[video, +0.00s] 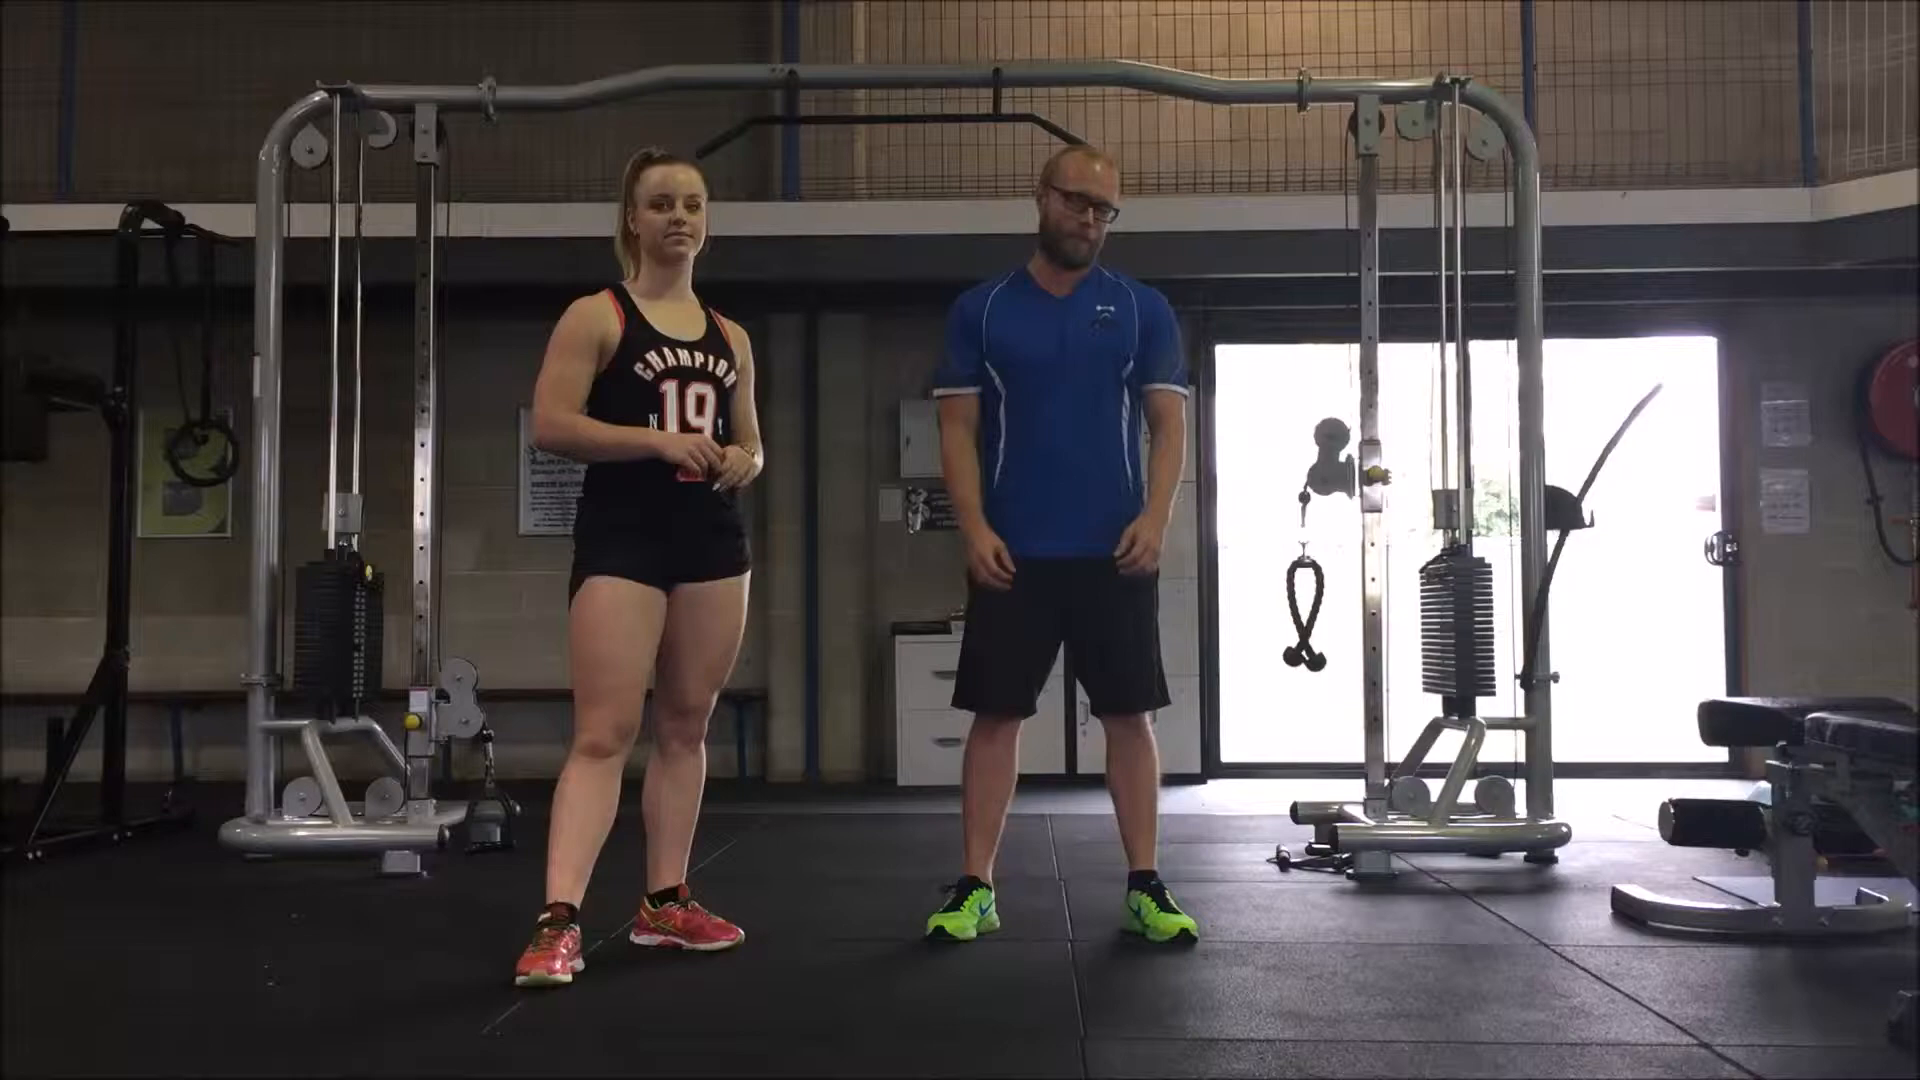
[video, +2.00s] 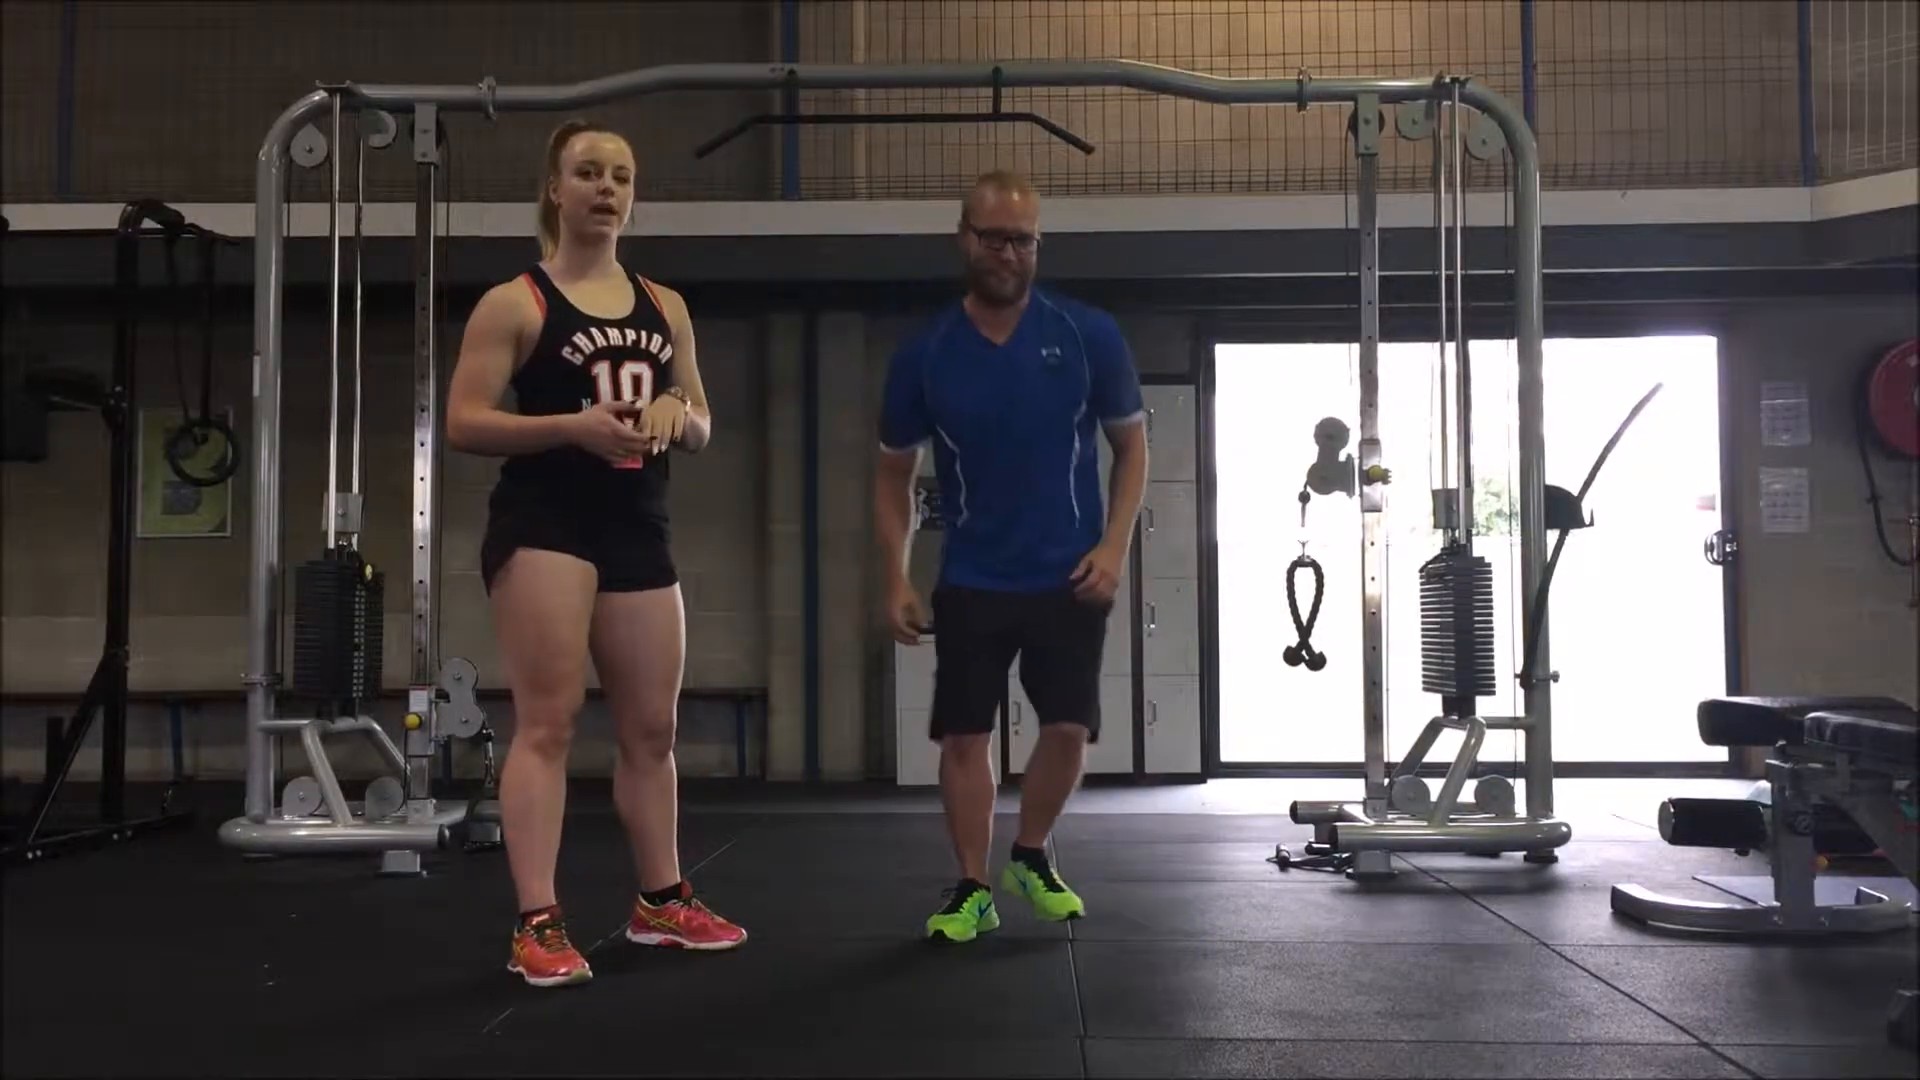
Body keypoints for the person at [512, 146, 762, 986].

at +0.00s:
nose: (679, 216)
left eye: (691, 205)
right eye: (662, 204)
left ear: (708, 221)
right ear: (631, 219)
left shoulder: (730, 337)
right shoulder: (595, 316)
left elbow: (748, 442)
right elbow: (550, 423)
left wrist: (742, 458)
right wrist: (657, 438)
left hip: (714, 549)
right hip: (621, 545)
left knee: (686, 728)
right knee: (602, 736)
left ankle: (667, 901)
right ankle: (559, 919)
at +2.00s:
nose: (605, 188)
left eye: (618, 177)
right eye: (588, 174)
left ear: (633, 198)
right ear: (553, 190)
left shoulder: (663, 306)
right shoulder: (512, 304)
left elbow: (699, 423)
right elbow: (465, 423)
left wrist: (679, 418)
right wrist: (574, 427)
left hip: (639, 533)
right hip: (545, 527)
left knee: (652, 731)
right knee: (546, 722)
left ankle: (662, 900)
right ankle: (537, 923)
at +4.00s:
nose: (601, 188)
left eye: (615, 176)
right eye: (583, 173)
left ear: (630, 196)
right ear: (550, 190)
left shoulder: (658, 310)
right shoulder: (504, 302)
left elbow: (689, 437)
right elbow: (460, 422)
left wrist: (668, 418)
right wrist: (563, 415)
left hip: (630, 530)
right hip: (536, 524)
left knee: (659, 730)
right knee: (545, 719)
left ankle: (665, 901)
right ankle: (537, 924)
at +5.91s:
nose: (667, 188)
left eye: (670, 175)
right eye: (649, 172)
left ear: (665, 190)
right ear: (598, 181)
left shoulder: (679, 301)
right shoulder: (549, 296)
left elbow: (719, 421)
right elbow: (498, 419)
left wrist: (706, 470)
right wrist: (601, 482)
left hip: (664, 532)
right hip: (574, 531)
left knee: (708, 718)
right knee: (554, 724)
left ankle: (678, 903)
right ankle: (538, 925)